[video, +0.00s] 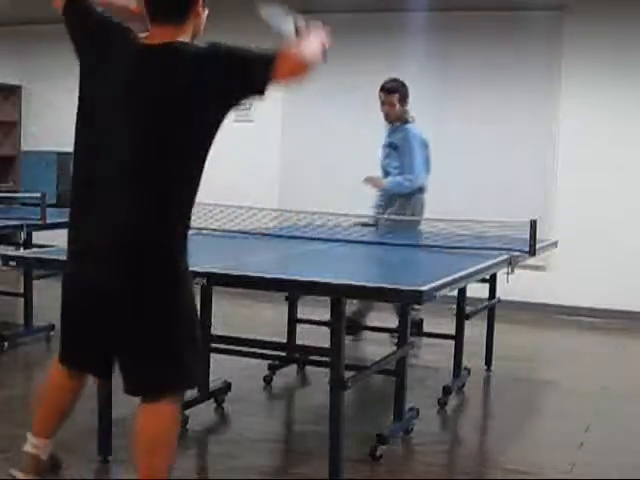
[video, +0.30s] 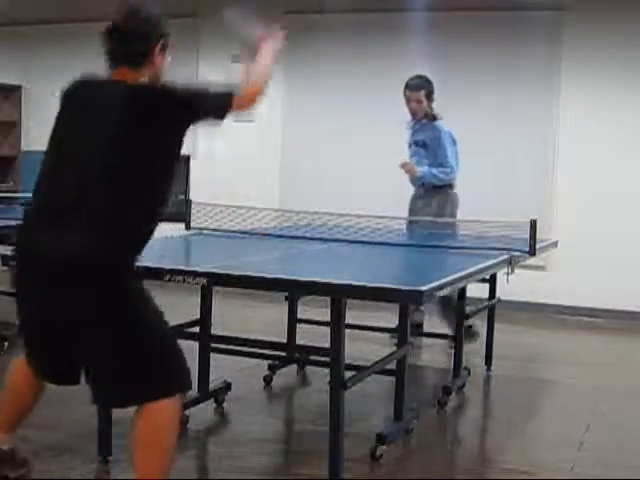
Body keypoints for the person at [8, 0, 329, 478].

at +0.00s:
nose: (205, 13)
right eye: (204, 8)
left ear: (142, 12)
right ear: (200, 12)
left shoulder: (105, 46)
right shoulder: (212, 65)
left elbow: (66, 1)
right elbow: (294, 62)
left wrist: (122, 11)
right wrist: (312, 38)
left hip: (89, 246)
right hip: (155, 254)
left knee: (72, 359)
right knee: (161, 389)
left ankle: (32, 458)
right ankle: (150, 474)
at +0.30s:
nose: (165, 59)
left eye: (164, 51)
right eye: (166, 51)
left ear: (111, 51)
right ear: (158, 54)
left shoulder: (78, 93)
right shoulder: (165, 103)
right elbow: (246, 98)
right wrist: (266, 54)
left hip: (36, 262)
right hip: (99, 272)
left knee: (40, 354)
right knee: (165, 387)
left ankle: (1, 442)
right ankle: (147, 473)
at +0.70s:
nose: (146, 120)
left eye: (147, 111)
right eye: (146, 111)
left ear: (90, 107)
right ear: (132, 112)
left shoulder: (40, 140)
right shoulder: (139, 163)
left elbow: (2, 192)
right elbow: (192, 225)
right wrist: (201, 195)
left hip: (15, 294)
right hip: (81, 302)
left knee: (19, 366)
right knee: (161, 390)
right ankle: (146, 473)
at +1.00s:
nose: (148, 110)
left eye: (150, 101)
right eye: (148, 100)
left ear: (92, 98)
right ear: (134, 102)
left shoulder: (43, 133)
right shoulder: (145, 155)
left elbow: (1, 184)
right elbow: (196, 215)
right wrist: (209, 186)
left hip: (15, 288)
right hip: (83, 295)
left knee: (20, 365)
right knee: (161, 389)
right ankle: (148, 473)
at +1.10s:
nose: (149, 111)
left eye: (150, 102)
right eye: (148, 102)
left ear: (92, 100)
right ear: (134, 104)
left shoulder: (43, 135)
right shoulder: (146, 158)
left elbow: (2, 185)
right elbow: (195, 217)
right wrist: (209, 187)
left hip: (15, 289)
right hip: (83, 296)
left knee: (21, 365)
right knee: (162, 389)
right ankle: (148, 473)